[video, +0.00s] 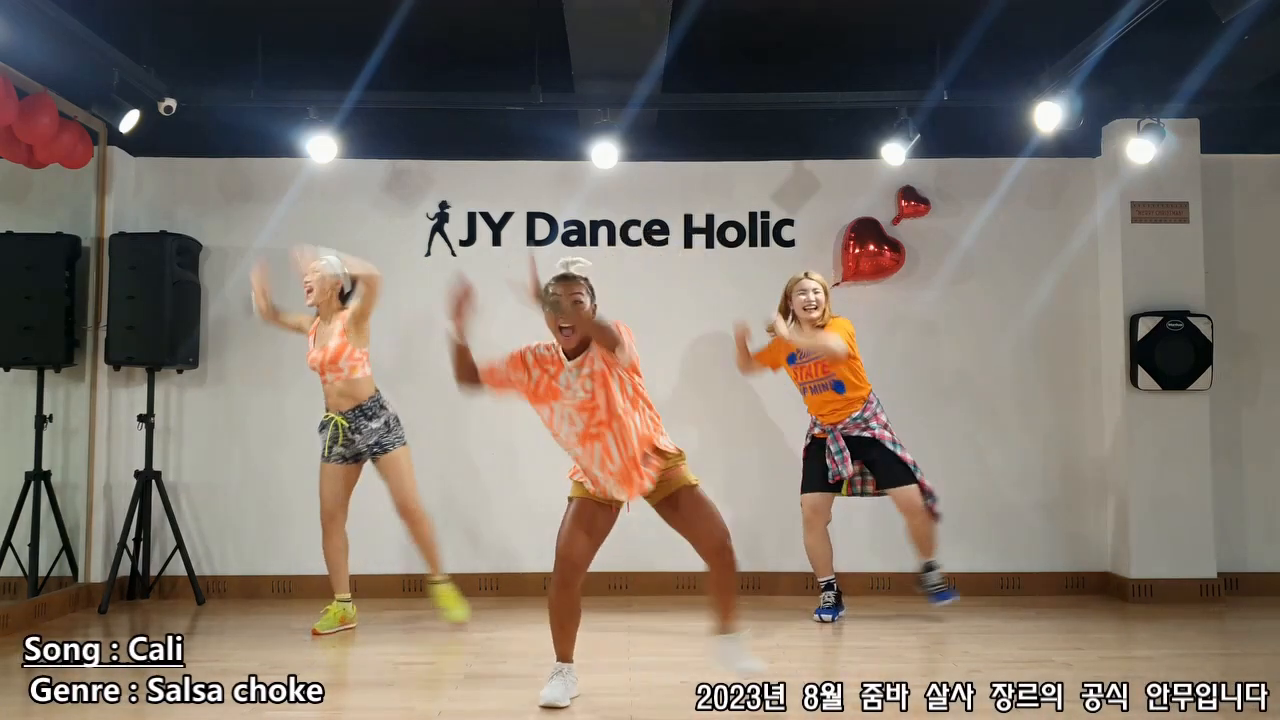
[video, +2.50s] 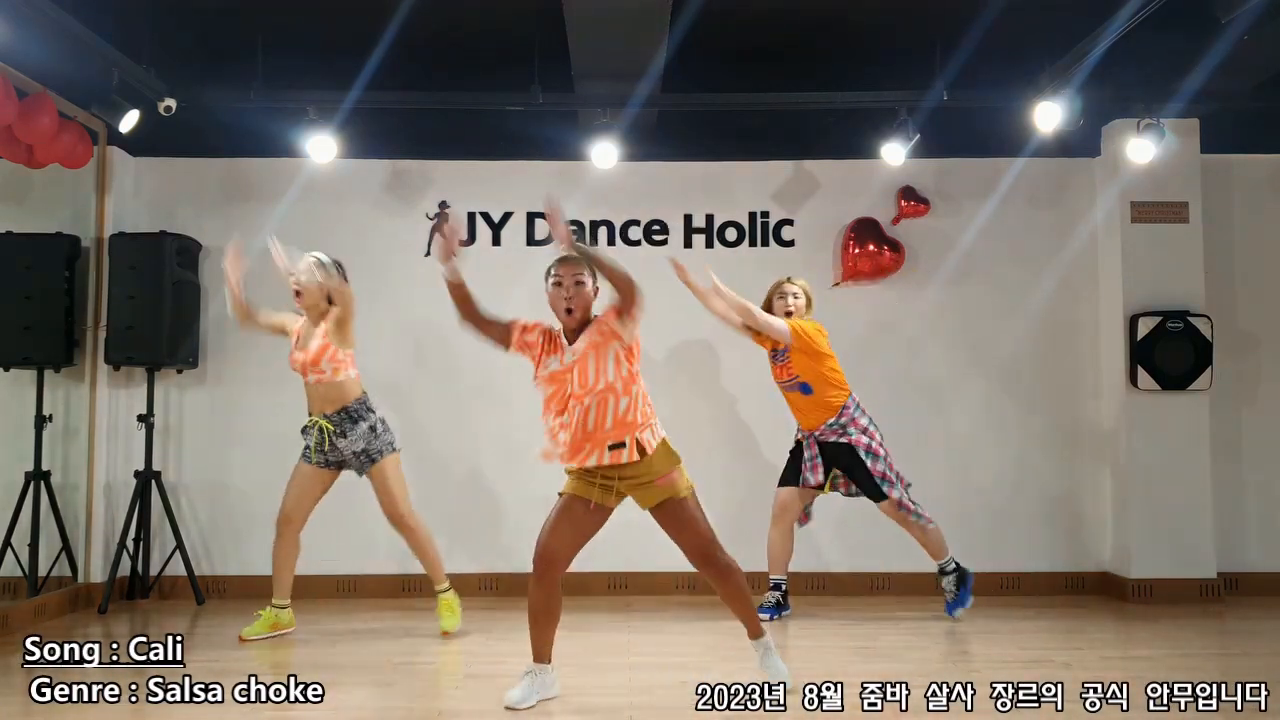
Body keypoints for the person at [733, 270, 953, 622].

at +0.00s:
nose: (810, 297)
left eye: (816, 291)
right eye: (801, 293)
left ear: (826, 299)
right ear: (789, 304)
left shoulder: (839, 327)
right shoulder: (784, 343)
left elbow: (835, 348)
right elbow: (748, 368)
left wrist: (789, 335)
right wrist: (741, 344)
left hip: (866, 425)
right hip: (824, 434)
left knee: (912, 501)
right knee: (813, 511)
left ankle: (929, 570)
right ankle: (829, 593)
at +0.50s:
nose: (853, 291)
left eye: (859, 286)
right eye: (846, 286)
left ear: (869, 294)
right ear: (833, 294)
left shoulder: (887, 332)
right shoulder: (824, 341)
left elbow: (916, 381)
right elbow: (795, 389)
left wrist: (881, 381)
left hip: (894, 431)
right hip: (850, 433)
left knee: (921, 513)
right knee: (833, 510)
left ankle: (925, 589)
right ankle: (831, 592)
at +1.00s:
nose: (948, 290)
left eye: (953, 284)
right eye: (938, 286)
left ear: (963, 294)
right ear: (925, 298)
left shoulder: (966, 343)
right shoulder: (913, 330)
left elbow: (987, 388)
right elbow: (898, 365)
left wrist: (999, 379)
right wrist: (943, 363)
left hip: (935, 435)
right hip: (897, 430)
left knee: (966, 511)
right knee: (886, 513)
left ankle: (978, 591)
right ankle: (878, 594)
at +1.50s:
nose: (950, 298)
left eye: (956, 292)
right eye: (941, 293)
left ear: (966, 300)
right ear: (928, 301)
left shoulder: (970, 347)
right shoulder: (916, 335)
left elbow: (1002, 382)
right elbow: (920, 374)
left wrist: (1021, 366)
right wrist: (970, 361)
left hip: (931, 438)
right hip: (892, 432)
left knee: (963, 512)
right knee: (870, 506)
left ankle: (976, 592)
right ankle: (831, 575)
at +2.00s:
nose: (845, 290)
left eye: (852, 285)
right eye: (838, 286)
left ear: (865, 293)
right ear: (829, 296)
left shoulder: (877, 331)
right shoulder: (817, 333)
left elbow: (910, 339)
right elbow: (773, 353)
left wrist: (872, 315)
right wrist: (784, 327)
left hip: (869, 430)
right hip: (826, 429)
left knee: (878, 514)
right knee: (798, 499)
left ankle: (880, 593)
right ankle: (809, 579)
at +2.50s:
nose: (788, 299)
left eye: (796, 295)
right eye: (781, 295)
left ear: (806, 308)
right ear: (771, 307)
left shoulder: (809, 333)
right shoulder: (772, 340)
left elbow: (755, 317)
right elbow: (731, 317)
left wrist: (719, 287)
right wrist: (695, 286)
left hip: (848, 433)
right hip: (811, 440)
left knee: (895, 507)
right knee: (783, 507)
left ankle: (951, 571)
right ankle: (777, 595)